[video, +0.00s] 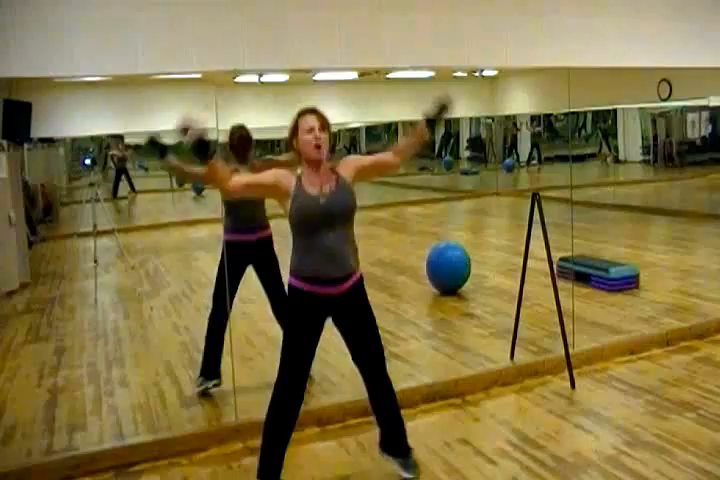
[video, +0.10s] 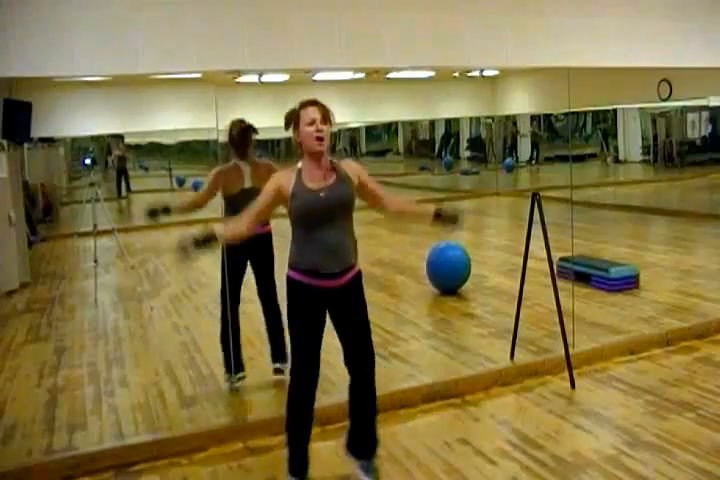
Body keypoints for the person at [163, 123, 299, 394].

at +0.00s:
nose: (240, 146)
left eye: (236, 141)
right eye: (243, 141)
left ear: (229, 146)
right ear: (251, 146)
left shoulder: (222, 171)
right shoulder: (263, 167)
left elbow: (188, 174)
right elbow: (294, 161)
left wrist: (169, 162)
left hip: (235, 244)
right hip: (263, 242)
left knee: (220, 308)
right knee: (281, 304)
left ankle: (209, 374)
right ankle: (302, 365)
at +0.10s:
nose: (244, 144)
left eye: (236, 139)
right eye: (247, 139)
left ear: (229, 143)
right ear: (252, 141)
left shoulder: (222, 174)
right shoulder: (268, 169)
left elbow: (199, 202)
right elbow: (286, 200)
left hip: (234, 244)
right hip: (263, 242)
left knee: (229, 303)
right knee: (270, 300)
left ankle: (234, 369)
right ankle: (280, 359)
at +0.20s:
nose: (247, 154)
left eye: (240, 151)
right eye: (250, 150)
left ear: (231, 153)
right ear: (253, 152)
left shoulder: (227, 185)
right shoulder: (265, 183)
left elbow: (221, 227)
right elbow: (275, 220)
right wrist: (283, 249)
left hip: (236, 252)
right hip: (262, 249)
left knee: (239, 310)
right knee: (262, 306)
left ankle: (250, 371)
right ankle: (266, 368)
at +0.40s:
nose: (242, 143)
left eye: (237, 138)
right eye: (246, 137)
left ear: (231, 141)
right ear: (253, 139)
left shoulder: (224, 173)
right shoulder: (268, 171)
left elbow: (205, 208)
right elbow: (280, 208)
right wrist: (264, 226)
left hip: (232, 243)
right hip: (261, 241)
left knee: (231, 305)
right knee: (268, 301)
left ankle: (240, 365)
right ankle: (272, 360)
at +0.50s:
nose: (247, 143)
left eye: (240, 138)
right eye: (250, 138)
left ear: (231, 142)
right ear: (253, 141)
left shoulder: (223, 171)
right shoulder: (268, 165)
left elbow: (191, 184)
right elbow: (296, 170)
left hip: (232, 238)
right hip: (259, 237)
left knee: (223, 300)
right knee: (276, 297)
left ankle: (221, 365)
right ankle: (289, 357)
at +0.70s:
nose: (236, 168)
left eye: (234, 165)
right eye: (245, 163)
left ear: (231, 170)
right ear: (255, 169)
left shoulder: (226, 194)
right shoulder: (264, 191)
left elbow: (200, 163)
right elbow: (280, 155)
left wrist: (213, 135)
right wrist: (260, 128)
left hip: (235, 271)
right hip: (264, 268)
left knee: (208, 325)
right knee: (287, 319)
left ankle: (202, 385)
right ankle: (308, 370)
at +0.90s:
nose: (246, 144)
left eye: (237, 139)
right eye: (249, 139)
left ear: (230, 144)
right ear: (252, 142)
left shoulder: (222, 171)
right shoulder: (267, 167)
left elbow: (192, 181)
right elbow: (293, 182)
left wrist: (172, 174)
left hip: (233, 239)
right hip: (259, 237)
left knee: (222, 302)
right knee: (274, 297)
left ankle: (218, 369)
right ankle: (293, 357)